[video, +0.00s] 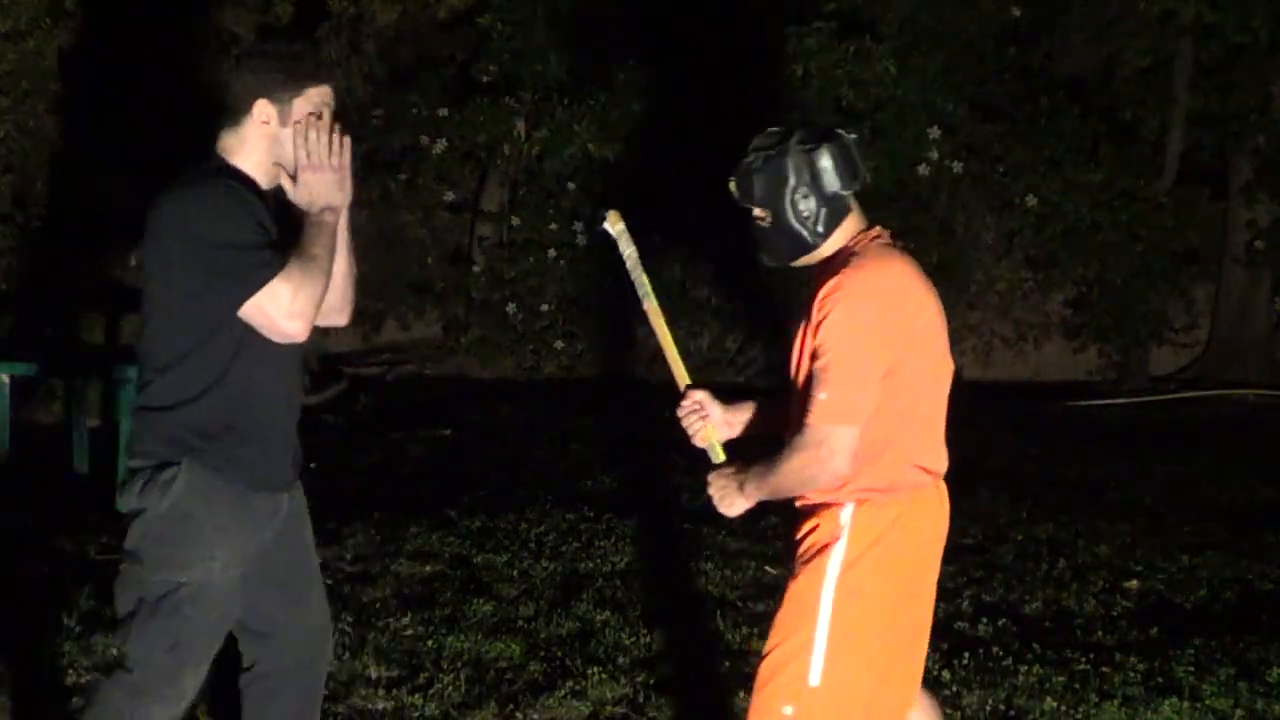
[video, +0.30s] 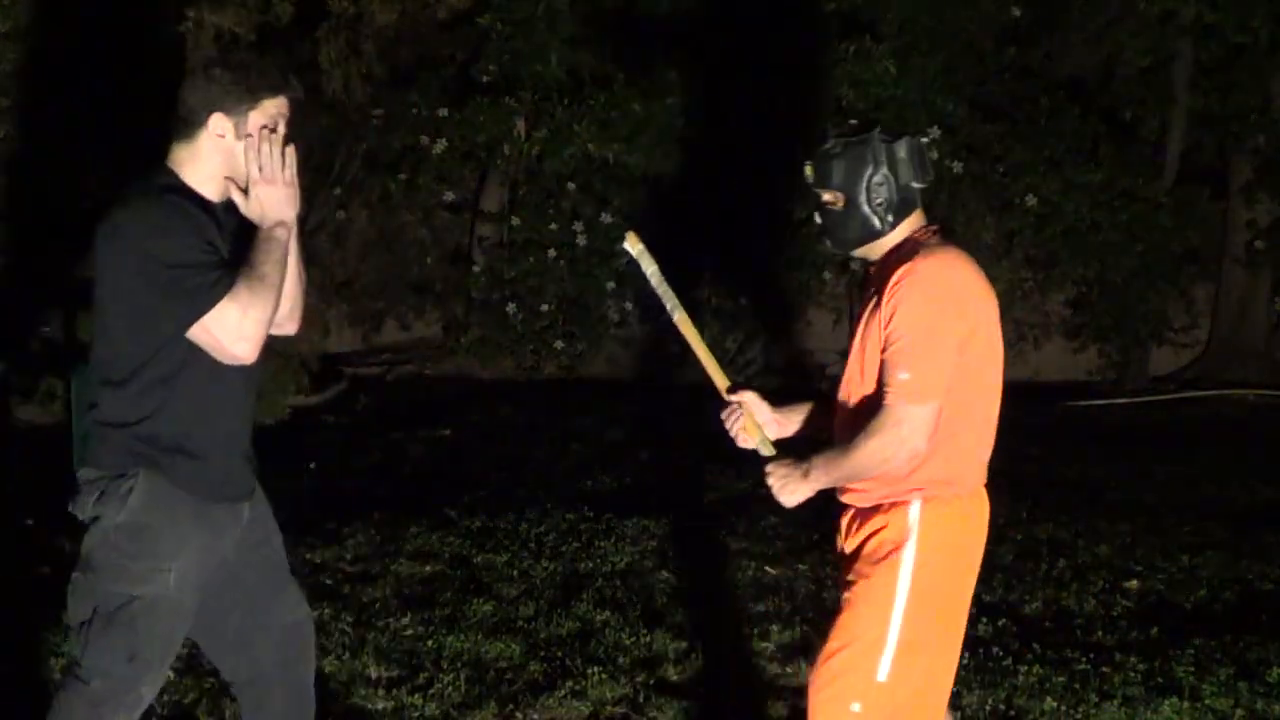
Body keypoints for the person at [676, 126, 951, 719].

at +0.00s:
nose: (756, 223)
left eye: (762, 208)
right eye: (754, 209)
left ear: (799, 206)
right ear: (827, 195)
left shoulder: (858, 290)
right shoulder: (875, 274)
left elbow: (828, 455)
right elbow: (828, 407)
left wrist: (749, 484)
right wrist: (737, 418)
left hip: (865, 527)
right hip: (887, 519)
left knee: (797, 703)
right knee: (884, 689)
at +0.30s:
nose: (825, 220)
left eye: (835, 204)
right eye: (823, 204)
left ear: (876, 202)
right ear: (886, 202)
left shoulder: (928, 282)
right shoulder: (901, 280)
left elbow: (904, 432)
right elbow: (867, 407)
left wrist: (813, 474)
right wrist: (781, 421)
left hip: (922, 527)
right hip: (894, 521)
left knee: (849, 700)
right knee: (894, 704)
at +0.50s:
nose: (848, 206)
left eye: (859, 190)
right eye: (848, 190)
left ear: (901, 190)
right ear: (905, 192)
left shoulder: (929, 275)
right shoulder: (920, 273)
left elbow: (888, 412)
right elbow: (877, 414)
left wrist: (802, 476)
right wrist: (792, 441)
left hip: (909, 534)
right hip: (893, 529)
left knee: (864, 705)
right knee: (902, 703)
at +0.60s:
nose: (849, 205)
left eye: (858, 190)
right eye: (850, 189)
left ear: (893, 194)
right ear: (923, 195)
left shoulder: (914, 279)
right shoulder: (942, 275)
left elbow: (831, 403)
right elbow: (869, 405)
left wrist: (754, 458)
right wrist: (766, 424)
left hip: (893, 539)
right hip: (908, 533)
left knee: (877, 706)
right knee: (899, 703)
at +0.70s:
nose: (828, 215)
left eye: (839, 201)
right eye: (830, 200)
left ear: (876, 207)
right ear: (908, 210)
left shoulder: (886, 291)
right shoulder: (937, 290)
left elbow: (754, 374)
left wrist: (708, 379)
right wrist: (773, 348)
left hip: (881, 550)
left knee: (862, 708)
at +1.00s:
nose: (692, 224)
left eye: (703, 210)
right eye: (694, 209)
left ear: (738, 218)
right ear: (772, 218)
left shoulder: (774, 312)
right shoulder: (752, 305)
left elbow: (627, 384)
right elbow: (666, 356)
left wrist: (570, 316)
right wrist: (622, 294)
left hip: (777, 557)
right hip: (710, 555)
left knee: (782, 711)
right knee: (622, 671)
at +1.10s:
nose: (659, 222)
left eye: (669, 209)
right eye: (660, 208)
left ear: (706, 218)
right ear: (729, 219)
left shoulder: (744, 308)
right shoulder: (720, 299)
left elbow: (620, 413)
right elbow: (626, 366)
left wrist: (549, 361)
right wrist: (572, 302)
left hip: (753, 553)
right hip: (695, 550)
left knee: (726, 710)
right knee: (610, 664)